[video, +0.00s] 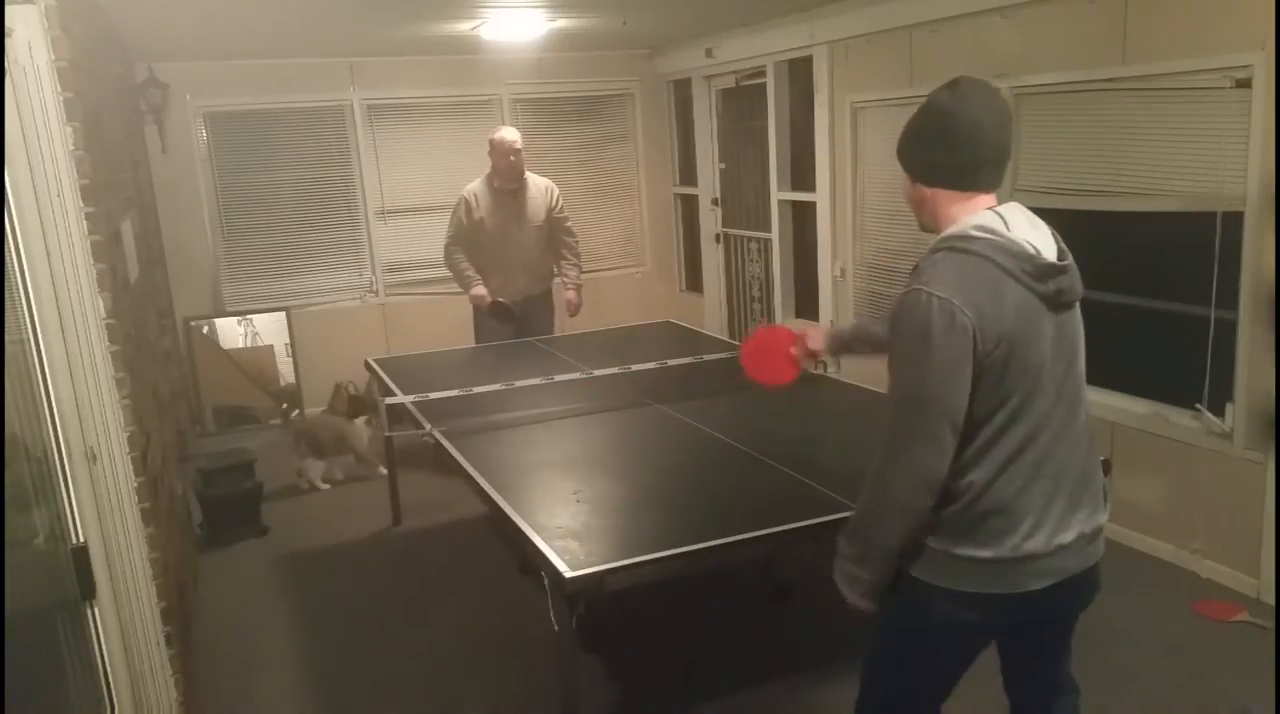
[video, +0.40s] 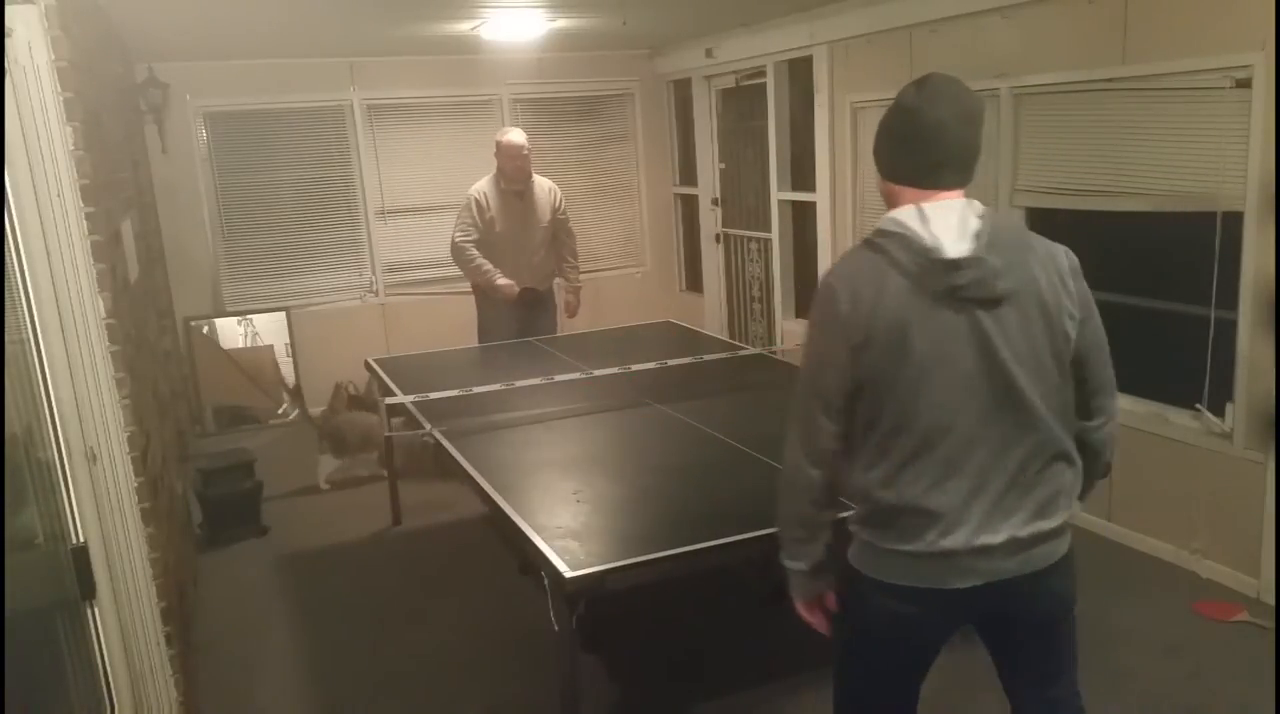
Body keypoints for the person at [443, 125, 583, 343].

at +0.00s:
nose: (513, 160)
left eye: (517, 152)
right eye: (505, 154)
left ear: (524, 152)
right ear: (491, 156)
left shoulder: (546, 190)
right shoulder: (472, 197)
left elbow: (566, 240)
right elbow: (453, 247)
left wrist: (571, 285)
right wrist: (473, 284)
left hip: (538, 302)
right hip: (492, 307)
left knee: (541, 372)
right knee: (495, 372)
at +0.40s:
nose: (520, 164)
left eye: (524, 157)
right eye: (512, 158)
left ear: (530, 154)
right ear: (497, 157)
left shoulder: (549, 192)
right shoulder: (480, 196)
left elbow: (566, 242)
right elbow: (461, 245)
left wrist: (572, 288)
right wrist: (496, 280)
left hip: (540, 297)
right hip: (497, 300)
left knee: (543, 367)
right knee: (499, 369)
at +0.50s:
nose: (521, 165)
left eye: (526, 157)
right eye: (513, 159)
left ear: (532, 155)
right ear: (498, 158)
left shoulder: (548, 192)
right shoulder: (481, 195)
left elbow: (564, 242)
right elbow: (470, 241)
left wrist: (572, 287)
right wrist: (515, 262)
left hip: (540, 296)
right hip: (496, 299)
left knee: (545, 366)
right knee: (500, 369)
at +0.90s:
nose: (522, 160)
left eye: (526, 153)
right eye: (515, 154)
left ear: (534, 152)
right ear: (499, 154)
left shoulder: (551, 192)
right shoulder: (482, 193)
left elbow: (565, 244)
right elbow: (459, 238)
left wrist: (571, 288)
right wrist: (485, 266)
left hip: (540, 297)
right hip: (498, 299)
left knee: (542, 368)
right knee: (501, 370)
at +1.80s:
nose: (527, 165)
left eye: (530, 157)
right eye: (519, 159)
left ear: (536, 155)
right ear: (503, 157)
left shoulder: (554, 192)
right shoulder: (484, 194)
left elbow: (571, 243)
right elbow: (466, 244)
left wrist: (575, 287)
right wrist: (501, 278)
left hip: (544, 296)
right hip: (499, 300)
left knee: (550, 366)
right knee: (503, 368)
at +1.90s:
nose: (536, 172)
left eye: (539, 164)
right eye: (529, 165)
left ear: (544, 162)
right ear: (511, 161)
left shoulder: (557, 195)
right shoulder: (490, 196)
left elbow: (570, 248)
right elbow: (479, 249)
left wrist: (576, 287)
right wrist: (525, 278)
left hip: (546, 302)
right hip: (501, 303)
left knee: (552, 371)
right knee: (504, 371)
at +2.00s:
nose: (541, 177)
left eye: (545, 169)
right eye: (533, 171)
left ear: (549, 165)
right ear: (516, 165)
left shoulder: (557, 197)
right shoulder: (496, 197)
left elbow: (567, 248)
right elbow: (497, 250)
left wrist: (573, 291)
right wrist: (550, 266)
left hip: (545, 296)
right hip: (503, 299)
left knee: (554, 363)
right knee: (506, 367)